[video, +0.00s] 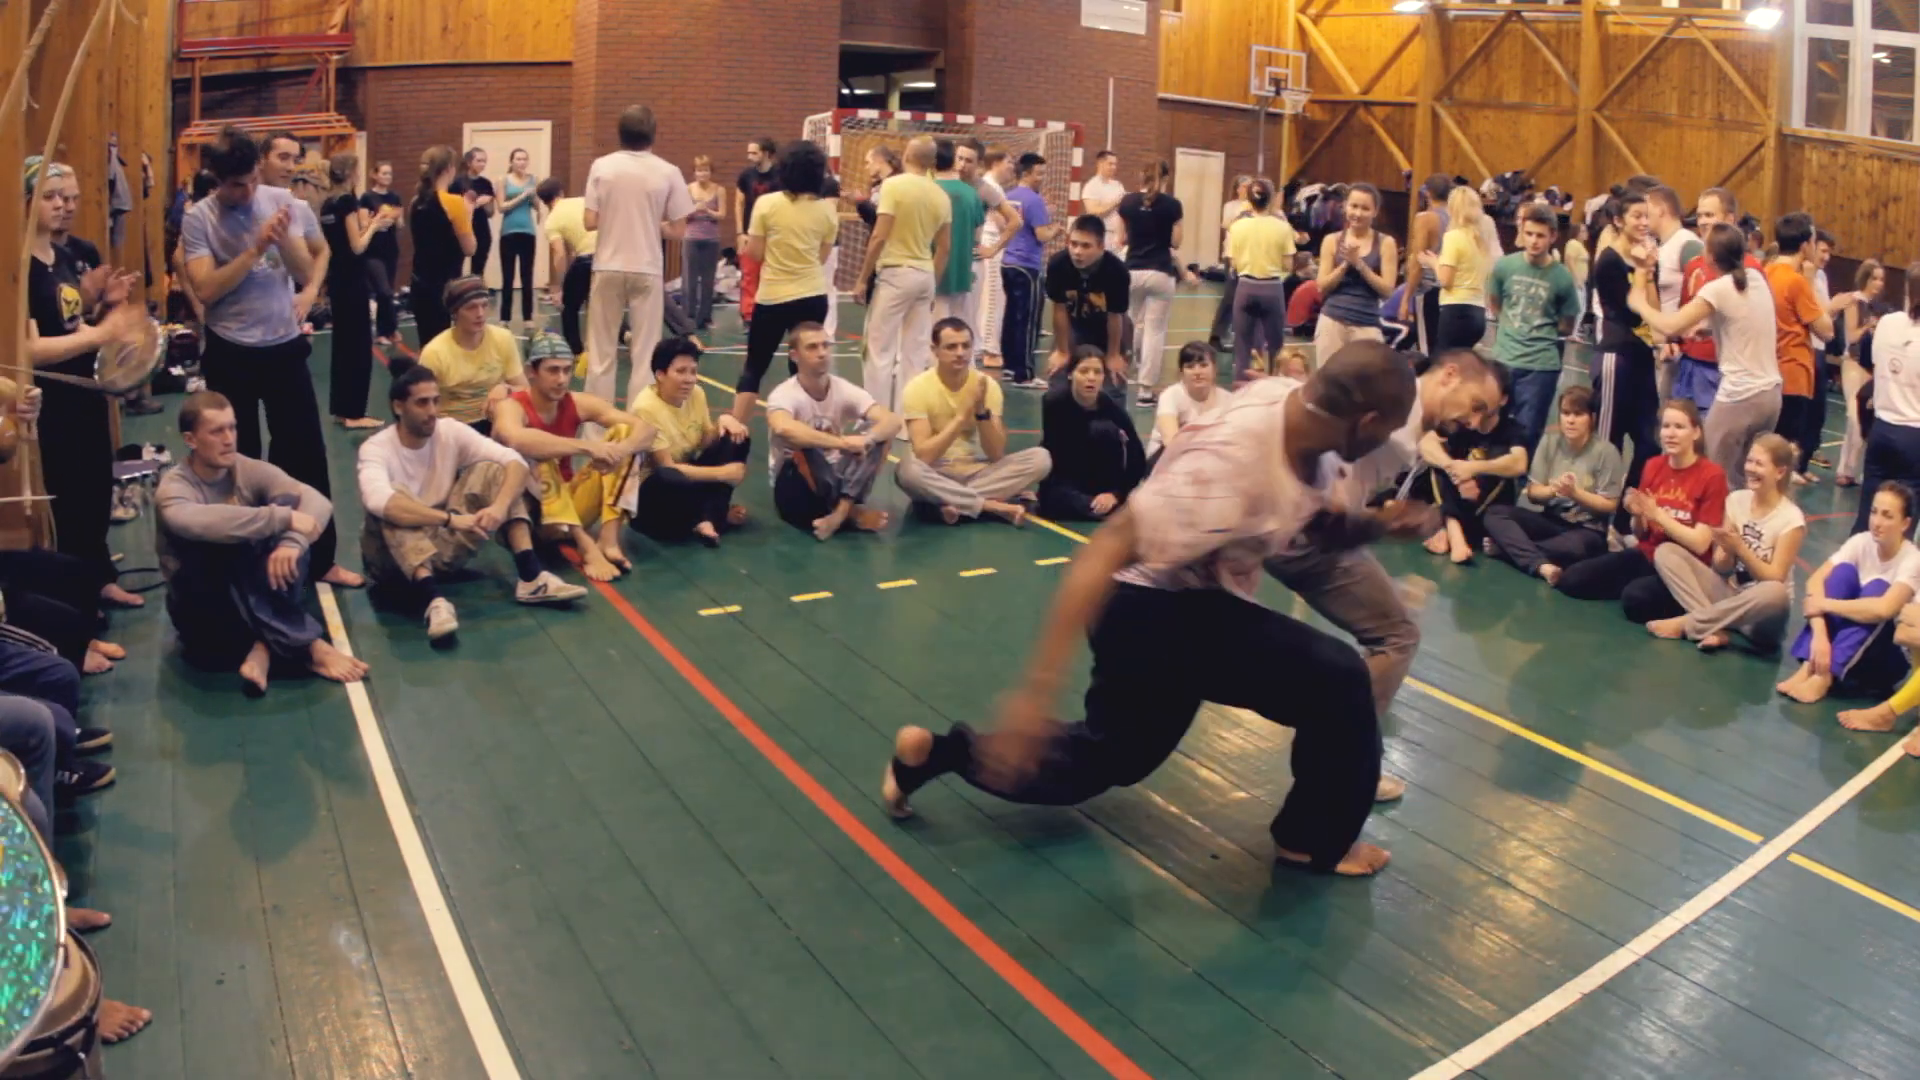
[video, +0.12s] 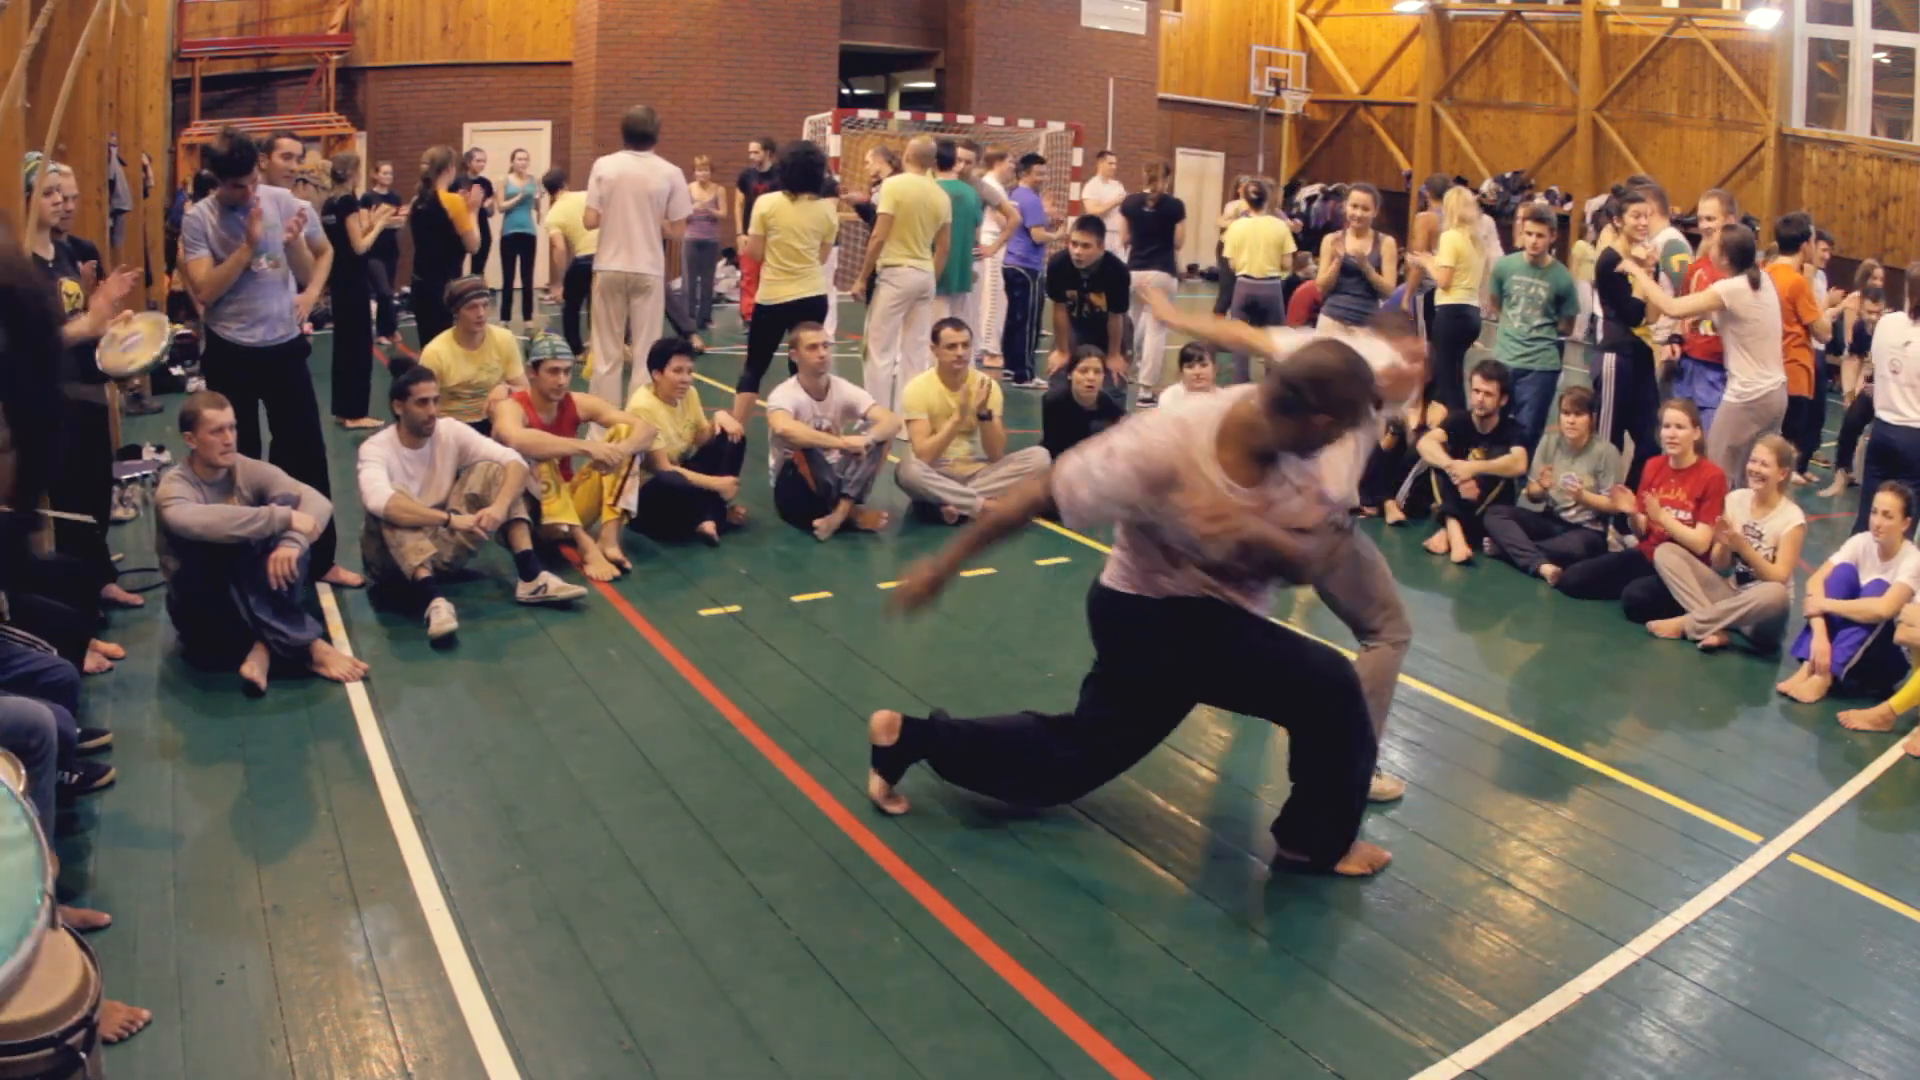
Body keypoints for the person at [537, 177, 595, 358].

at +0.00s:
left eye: (543, 200)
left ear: (543, 200)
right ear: (562, 192)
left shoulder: (552, 220)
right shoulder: (584, 201)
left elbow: (560, 254)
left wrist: (558, 287)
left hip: (585, 258)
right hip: (609, 253)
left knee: (570, 307)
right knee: (605, 304)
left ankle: (576, 350)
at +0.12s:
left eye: (547, 189)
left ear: (547, 189)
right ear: (566, 183)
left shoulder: (553, 214)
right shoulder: (589, 196)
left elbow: (560, 248)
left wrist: (559, 282)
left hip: (583, 257)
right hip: (607, 253)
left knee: (571, 307)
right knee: (601, 305)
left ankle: (576, 350)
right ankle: (605, 346)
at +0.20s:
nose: (575, 180)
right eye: (574, 178)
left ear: (553, 182)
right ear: (573, 179)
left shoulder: (555, 211)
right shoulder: (592, 194)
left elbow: (558, 248)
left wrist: (556, 282)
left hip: (582, 257)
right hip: (608, 252)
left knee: (574, 309)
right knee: (605, 306)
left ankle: (574, 349)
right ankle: (609, 348)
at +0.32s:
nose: (593, 175)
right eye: (592, 171)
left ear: (570, 176)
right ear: (589, 173)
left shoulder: (562, 206)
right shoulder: (603, 193)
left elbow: (555, 245)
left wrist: (548, 274)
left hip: (584, 261)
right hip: (610, 258)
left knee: (579, 313)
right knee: (605, 314)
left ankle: (575, 351)